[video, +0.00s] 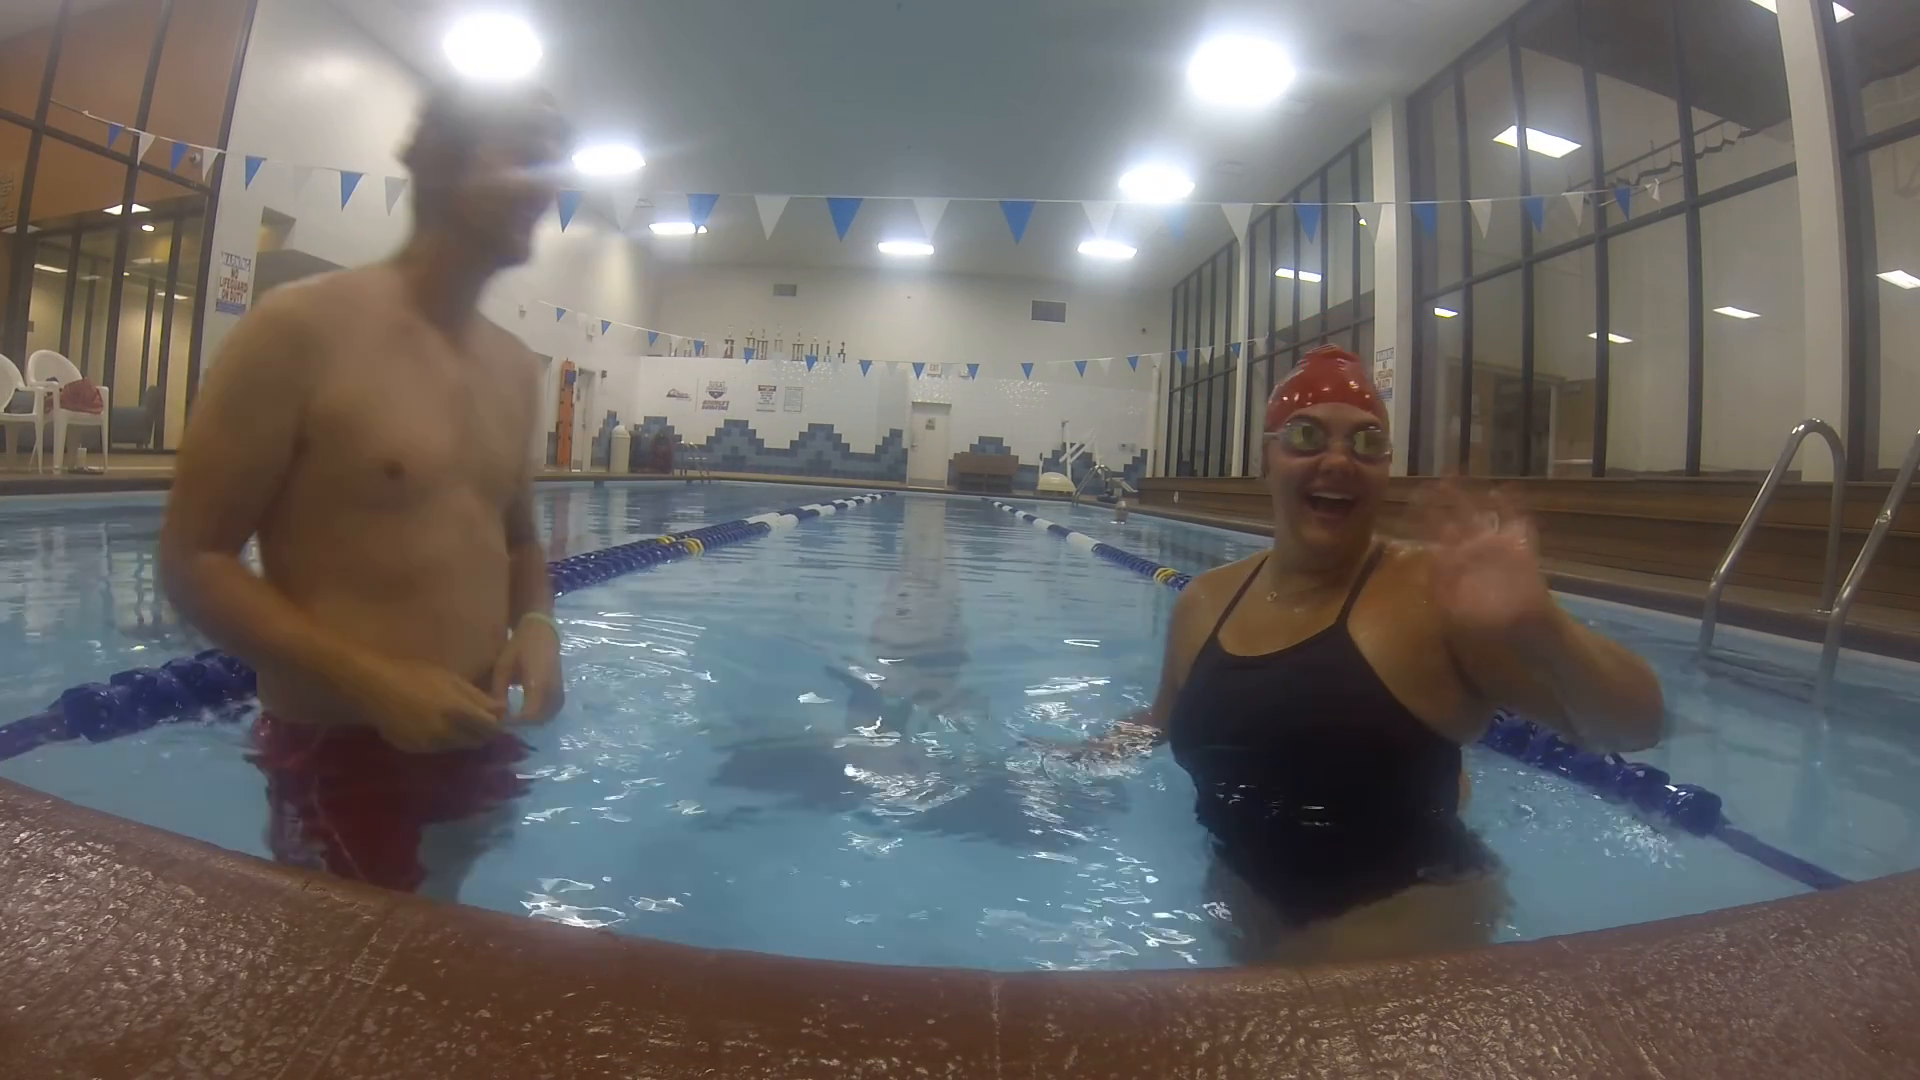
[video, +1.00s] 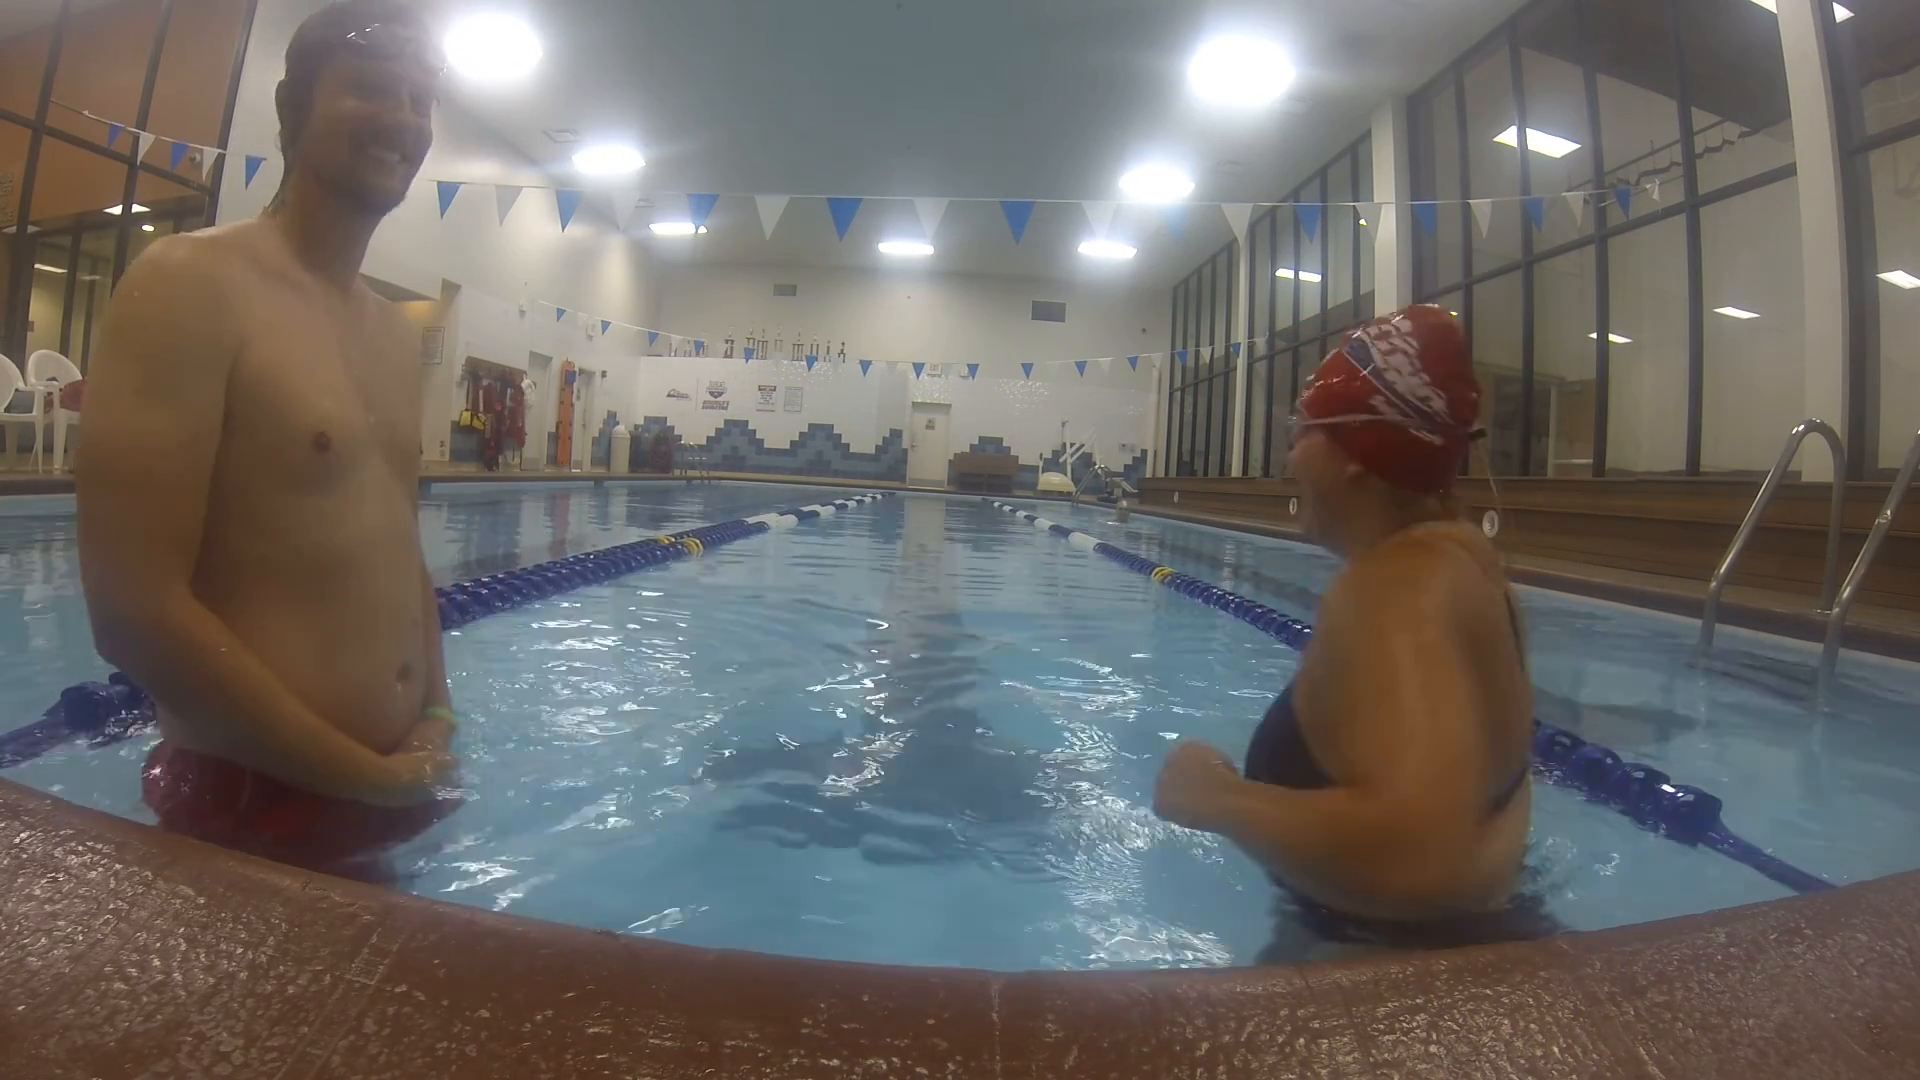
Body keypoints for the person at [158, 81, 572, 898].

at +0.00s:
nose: (546, 185)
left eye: (553, 163)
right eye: (520, 155)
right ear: (431, 166)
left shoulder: (513, 364)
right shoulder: (299, 331)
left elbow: (518, 532)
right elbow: (192, 560)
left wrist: (535, 620)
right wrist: (375, 685)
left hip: (474, 753)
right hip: (339, 759)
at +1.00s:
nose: (404, 120)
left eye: (423, 99)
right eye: (369, 86)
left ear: (433, 130)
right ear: (291, 104)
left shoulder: (396, 330)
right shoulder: (188, 283)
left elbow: (395, 539)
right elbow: (134, 609)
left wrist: (433, 710)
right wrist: (370, 776)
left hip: (383, 787)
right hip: (244, 799)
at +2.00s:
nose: (402, 165)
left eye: (406, 133)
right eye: (400, 125)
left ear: (336, 110)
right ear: (332, 100)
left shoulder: (313, 299)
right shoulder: (160, 272)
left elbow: (341, 544)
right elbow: (148, 623)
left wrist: (408, 694)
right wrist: (377, 757)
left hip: (344, 786)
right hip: (245, 801)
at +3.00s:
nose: (416, 160)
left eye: (419, 132)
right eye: (403, 121)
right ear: (311, 95)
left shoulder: (329, 308)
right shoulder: (153, 277)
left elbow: (351, 546)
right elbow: (130, 627)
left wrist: (415, 704)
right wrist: (378, 775)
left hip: (355, 798)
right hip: (235, 814)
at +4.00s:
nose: (494, 167)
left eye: (500, 142)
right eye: (474, 130)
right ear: (377, 115)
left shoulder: (403, 320)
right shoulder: (235, 282)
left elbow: (400, 554)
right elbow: (192, 622)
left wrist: (450, 707)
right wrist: (400, 764)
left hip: (373, 784)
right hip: (274, 799)